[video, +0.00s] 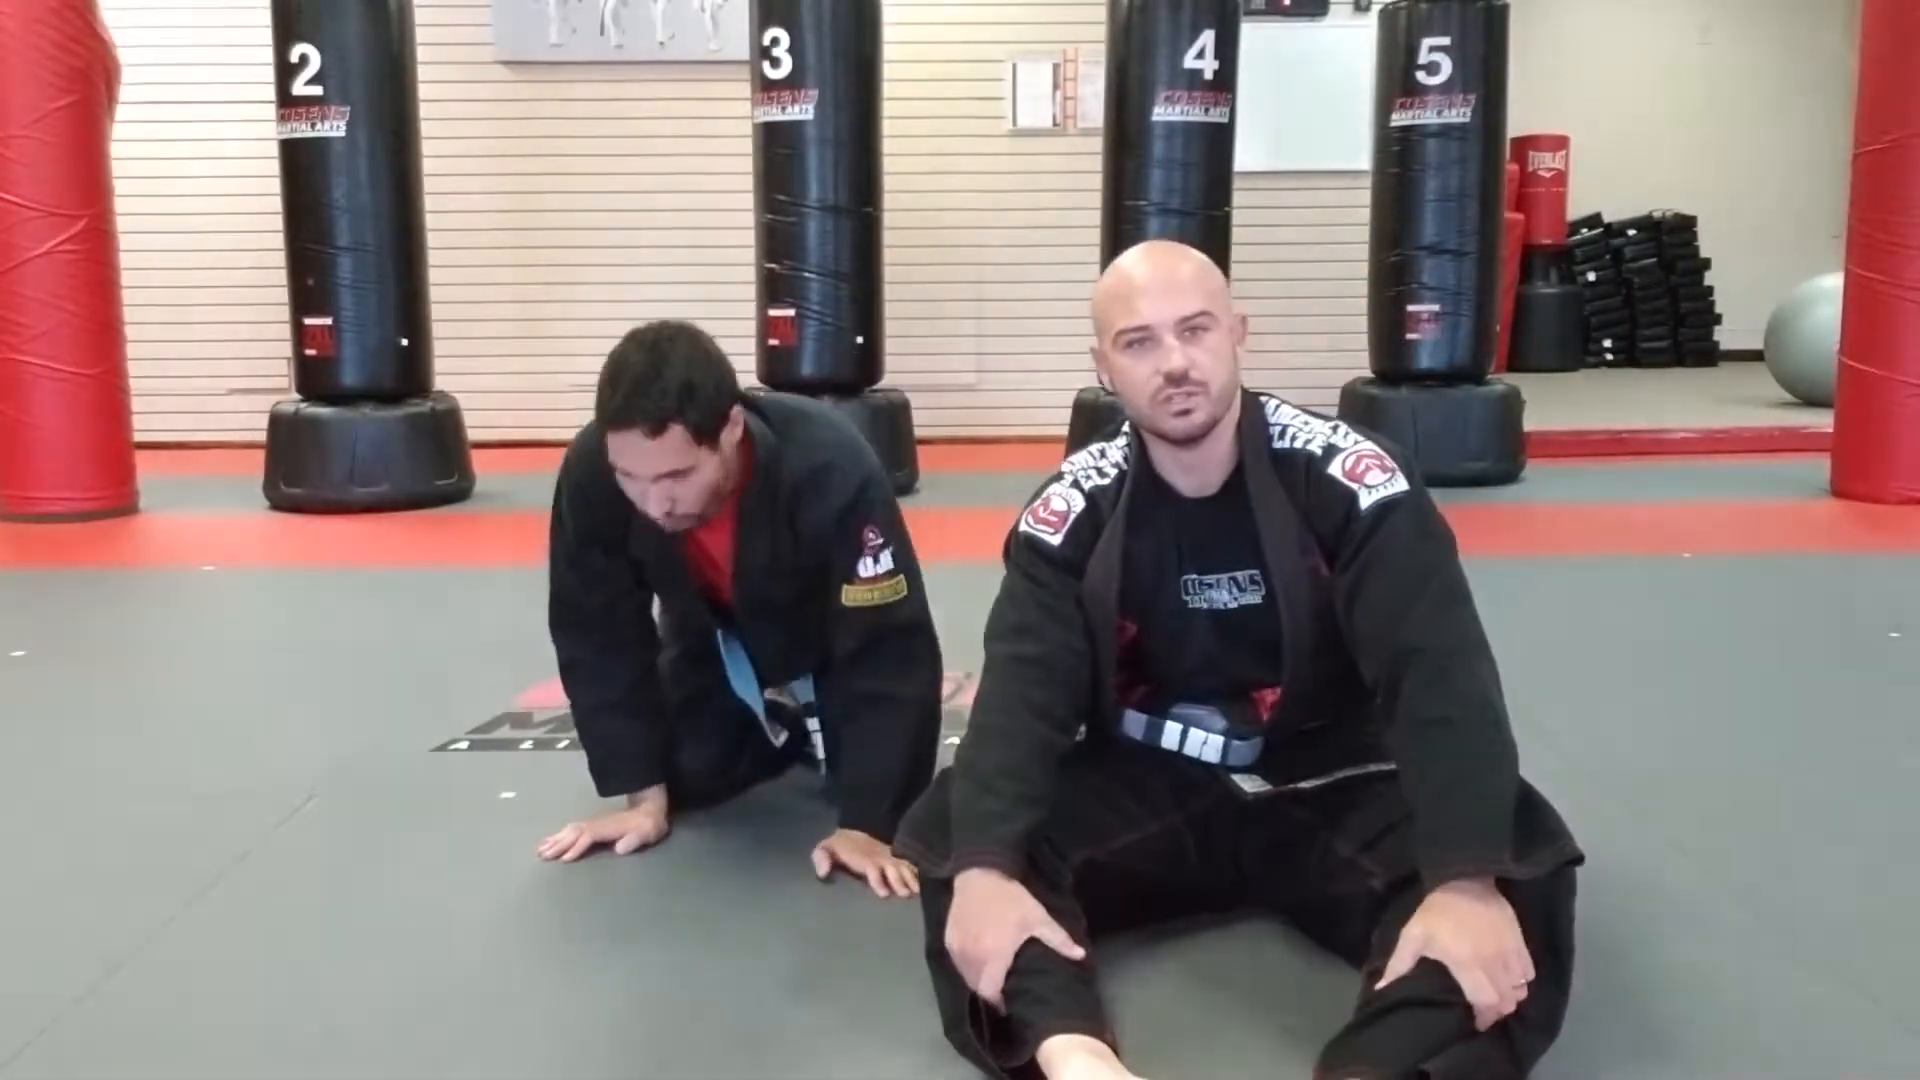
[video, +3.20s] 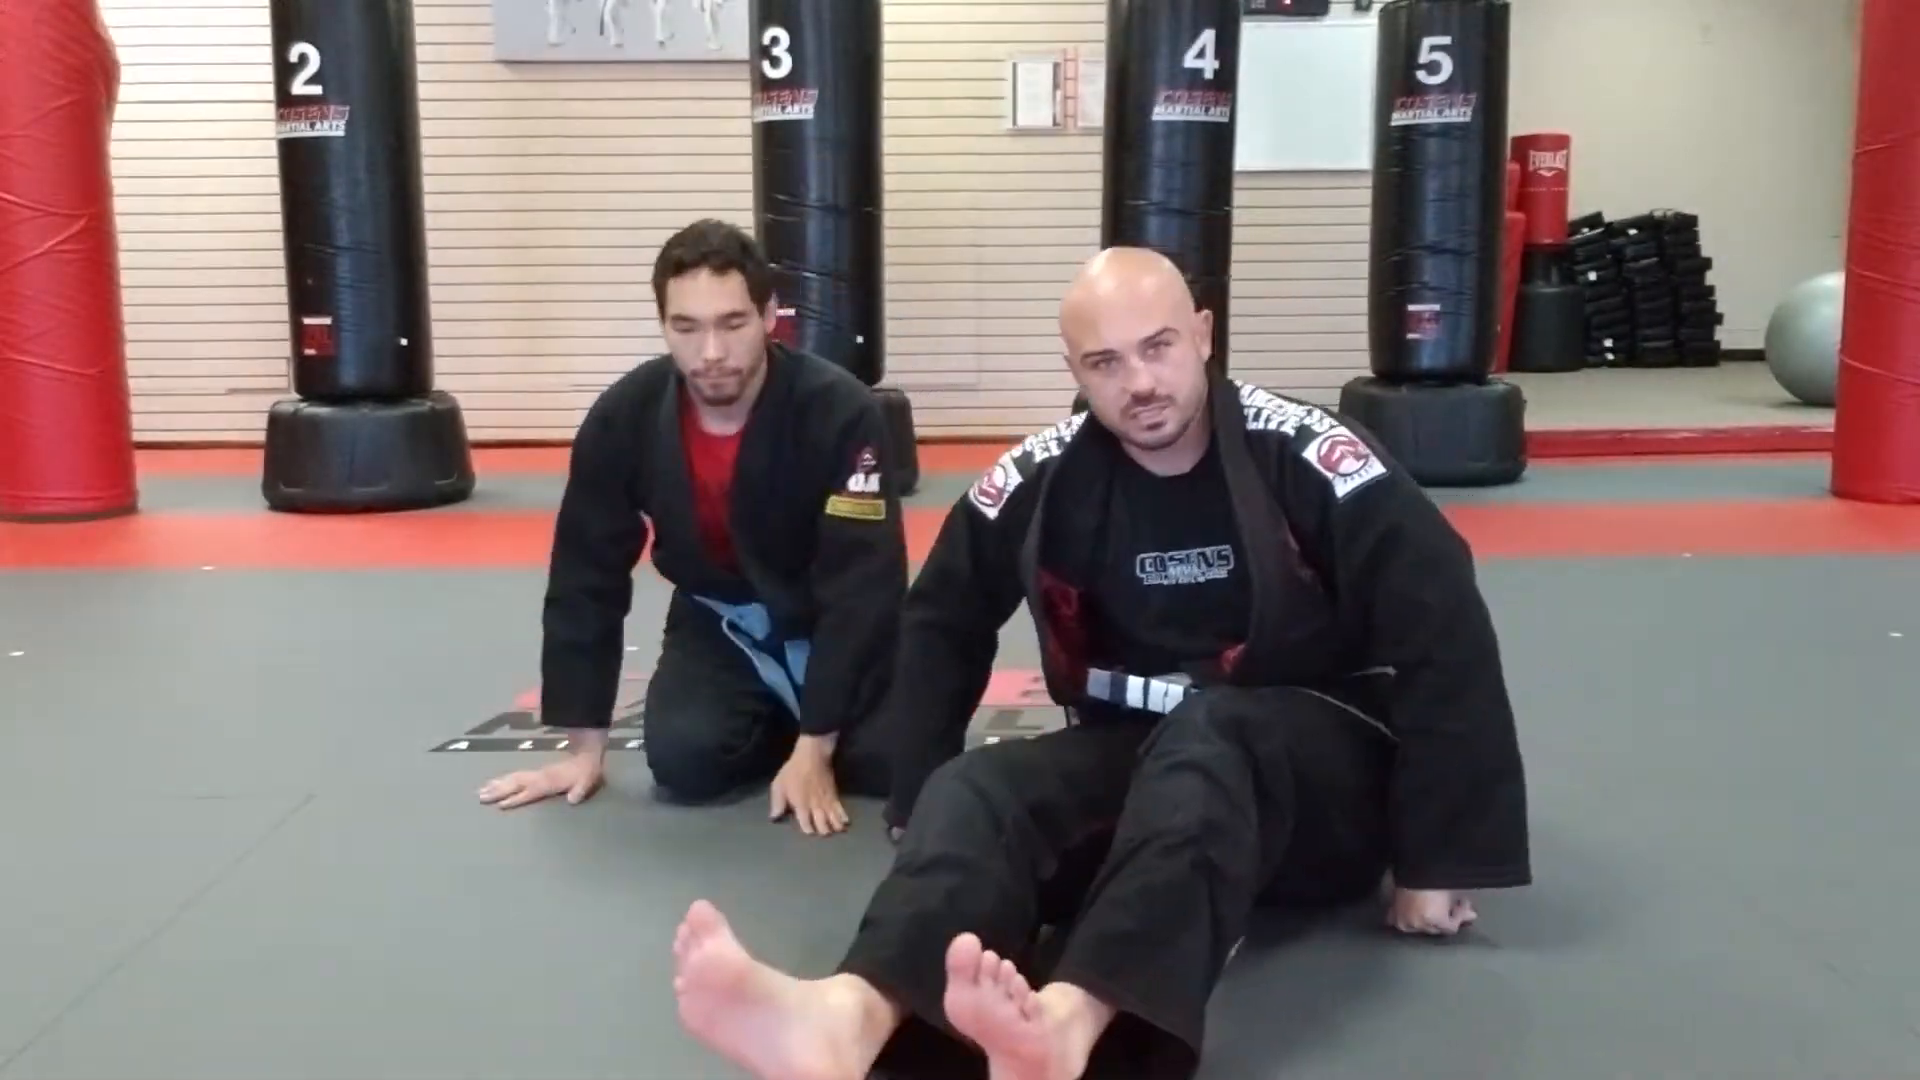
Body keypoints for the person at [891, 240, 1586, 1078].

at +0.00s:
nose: (1175, 363)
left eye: (1196, 331)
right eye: (1139, 343)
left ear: (1239, 335)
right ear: (1105, 367)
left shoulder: (1350, 479)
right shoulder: (1073, 510)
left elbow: (1441, 673)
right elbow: (1022, 697)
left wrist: (1466, 878)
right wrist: (984, 866)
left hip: (1335, 795)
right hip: (1146, 793)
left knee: (1514, 855)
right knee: (958, 831)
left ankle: (1374, 1060)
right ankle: (1076, 1057)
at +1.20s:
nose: (1297, 352)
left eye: (1330, 330)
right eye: (1272, 319)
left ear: (1359, 353)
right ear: (1217, 328)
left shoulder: (1424, 492)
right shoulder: (1143, 481)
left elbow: (1490, 699)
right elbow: (1069, 676)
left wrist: (1510, 902)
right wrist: (1019, 856)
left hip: (1358, 814)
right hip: (1167, 800)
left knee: (1537, 875)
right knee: (982, 807)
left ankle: (1402, 1059)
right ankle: (1081, 1058)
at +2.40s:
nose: (1230, 350)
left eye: (1253, 320)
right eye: (1198, 329)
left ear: (1289, 331)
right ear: (1155, 351)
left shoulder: (1374, 470)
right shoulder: (1116, 479)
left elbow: (1435, 659)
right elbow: (1047, 641)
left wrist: (1416, 823)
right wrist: (1033, 765)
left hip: (1330, 794)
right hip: (1151, 784)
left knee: (1466, 833)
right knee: (995, 791)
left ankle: (1346, 1064)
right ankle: (1084, 1052)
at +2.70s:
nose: (1243, 320)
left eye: (1268, 298)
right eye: (1212, 302)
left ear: (1305, 324)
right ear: (1172, 336)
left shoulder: (1389, 464)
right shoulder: (1121, 476)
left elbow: (1498, 633)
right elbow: (1026, 638)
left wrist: (1548, 808)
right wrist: (935, 751)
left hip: (1326, 772)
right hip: (1162, 766)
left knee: (1403, 769)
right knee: (1044, 741)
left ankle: (1304, 1058)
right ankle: (1116, 1046)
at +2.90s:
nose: (1228, 331)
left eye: (1250, 306)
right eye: (1198, 313)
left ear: (1288, 322)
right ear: (1160, 341)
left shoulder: (1380, 464)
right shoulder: (1113, 471)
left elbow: (1493, 659)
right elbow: (1007, 626)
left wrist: (1534, 865)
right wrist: (931, 779)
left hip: (1341, 769)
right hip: (1172, 762)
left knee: (1318, 738)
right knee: (1045, 704)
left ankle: (1260, 1047)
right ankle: (1055, 1012)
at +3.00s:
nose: (1210, 350)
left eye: (1229, 321)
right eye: (1177, 332)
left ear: (1266, 322)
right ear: (1142, 352)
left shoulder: (1362, 453)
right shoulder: (1102, 467)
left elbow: (1491, 631)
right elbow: (986, 612)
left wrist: (1499, 854)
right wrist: (927, 777)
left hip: (1345, 777)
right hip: (1163, 768)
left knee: (1265, 723)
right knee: (1028, 716)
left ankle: (1202, 1029)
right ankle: (984, 996)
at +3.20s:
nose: (1138, 384)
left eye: (1158, 347)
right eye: (1105, 364)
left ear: (1205, 334)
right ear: (1076, 374)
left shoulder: (1308, 455)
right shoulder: (1044, 475)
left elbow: (1446, 637)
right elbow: (943, 616)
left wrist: (1436, 861)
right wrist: (914, 804)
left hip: (1317, 784)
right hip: (1126, 765)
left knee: (1202, 726)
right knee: (978, 785)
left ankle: (1069, 1016)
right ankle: (849, 1015)